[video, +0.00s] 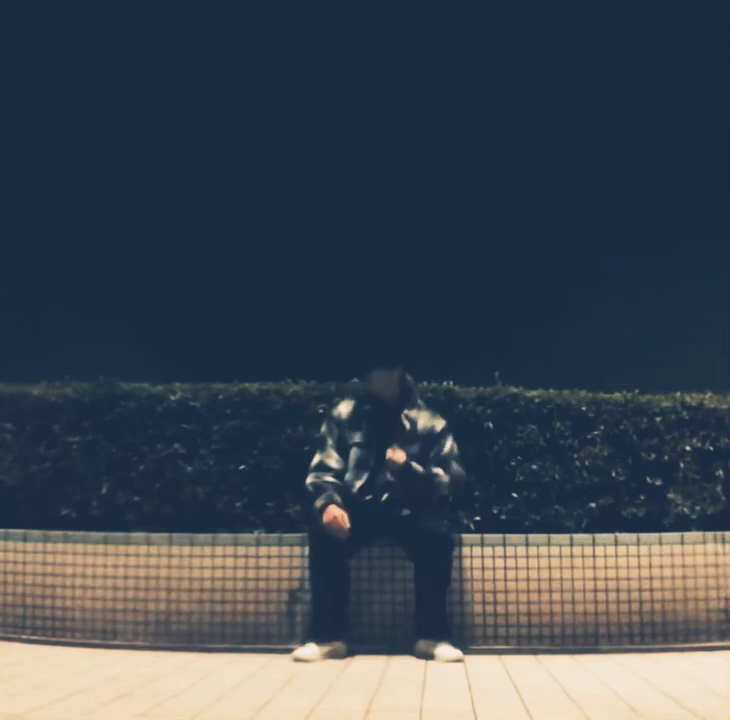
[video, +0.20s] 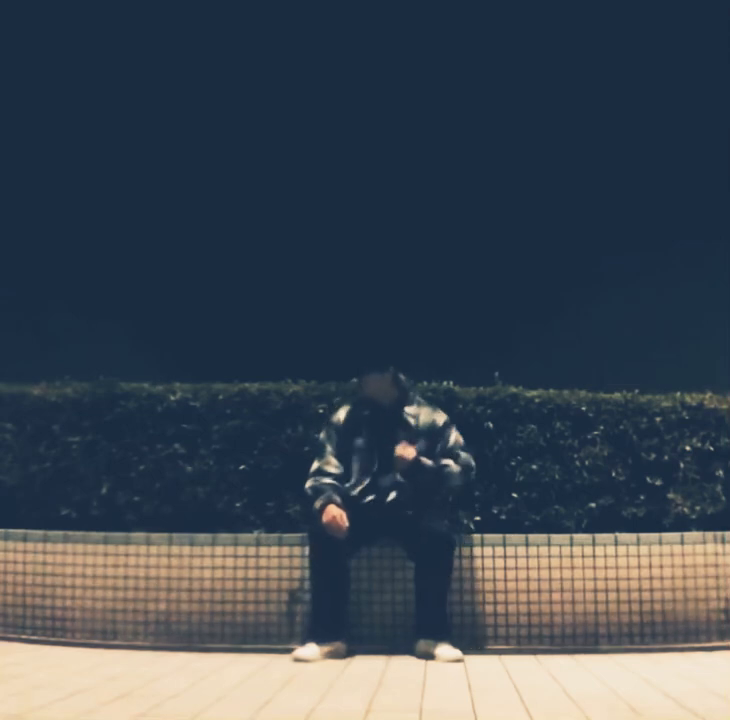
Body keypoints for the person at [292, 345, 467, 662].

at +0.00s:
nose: (375, 379)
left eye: (382, 372)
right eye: (370, 372)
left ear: (399, 372)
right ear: (363, 375)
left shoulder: (429, 421)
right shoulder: (345, 415)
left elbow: (453, 481)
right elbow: (323, 468)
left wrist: (410, 468)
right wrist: (328, 502)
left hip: (410, 512)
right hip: (358, 511)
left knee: (437, 538)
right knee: (325, 535)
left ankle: (432, 638)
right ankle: (328, 639)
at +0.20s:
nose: (372, 383)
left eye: (379, 375)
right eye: (367, 377)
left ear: (394, 376)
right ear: (360, 380)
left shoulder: (430, 419)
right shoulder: (344, 419)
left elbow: (463, 472)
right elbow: (322, 473)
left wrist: (418, 464)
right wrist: (328, 503)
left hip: (413, 511)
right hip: (361, 511)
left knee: (438, 540)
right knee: (325, 535)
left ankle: (431, 638)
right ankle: (327, 639)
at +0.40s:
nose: (379, 376)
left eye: (387, 368)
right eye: (374, 368)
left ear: (401, 371)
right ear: (364, 373)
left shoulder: (429, 422)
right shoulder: (344, 416)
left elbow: (444, 486)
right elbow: (323, 469)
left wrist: (422, 461)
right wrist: (327, 502)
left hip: (408, 512)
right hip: (357, 512)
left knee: (438, 539)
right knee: (324, 535)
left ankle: (432, 638)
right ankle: (327, 639)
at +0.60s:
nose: (376, 376)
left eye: (383, 368)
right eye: (370, 369)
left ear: (398, 372)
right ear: (362, 375)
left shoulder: (429, 420)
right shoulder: (342, 416)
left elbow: (455, 477)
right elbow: (320, 472)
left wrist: (413, 463)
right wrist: (326, 502)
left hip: (411, 512)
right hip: (359, 511)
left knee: (438, 540)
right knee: (325, 534)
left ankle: (432, 638)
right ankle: (327, 639)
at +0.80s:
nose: (375, 393)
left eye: (383, 387)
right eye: (369, 386)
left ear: (399, 384)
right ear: (360, 385)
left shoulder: (430, 419)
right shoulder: (342, 418)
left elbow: (447, 485)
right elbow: (322, 470)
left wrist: (422, 457)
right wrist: (326, 501)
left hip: (411, 510)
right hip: (358, 510)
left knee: (438, 540)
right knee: (324, 535)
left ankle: (432, 638)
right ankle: (327, 639)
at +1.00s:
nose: (382, 392)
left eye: (390, 384)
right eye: (376, 384)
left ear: (405, 385)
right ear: (365, 385)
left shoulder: (432, 426)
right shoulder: (340, 421)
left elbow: (447, 481)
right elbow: (304, 466)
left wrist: (402, 505)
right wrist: (322, 502)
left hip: (409, 511)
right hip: (354, 512)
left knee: (438, 538)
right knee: (324, 536)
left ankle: (432, 638)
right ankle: (328, 638)